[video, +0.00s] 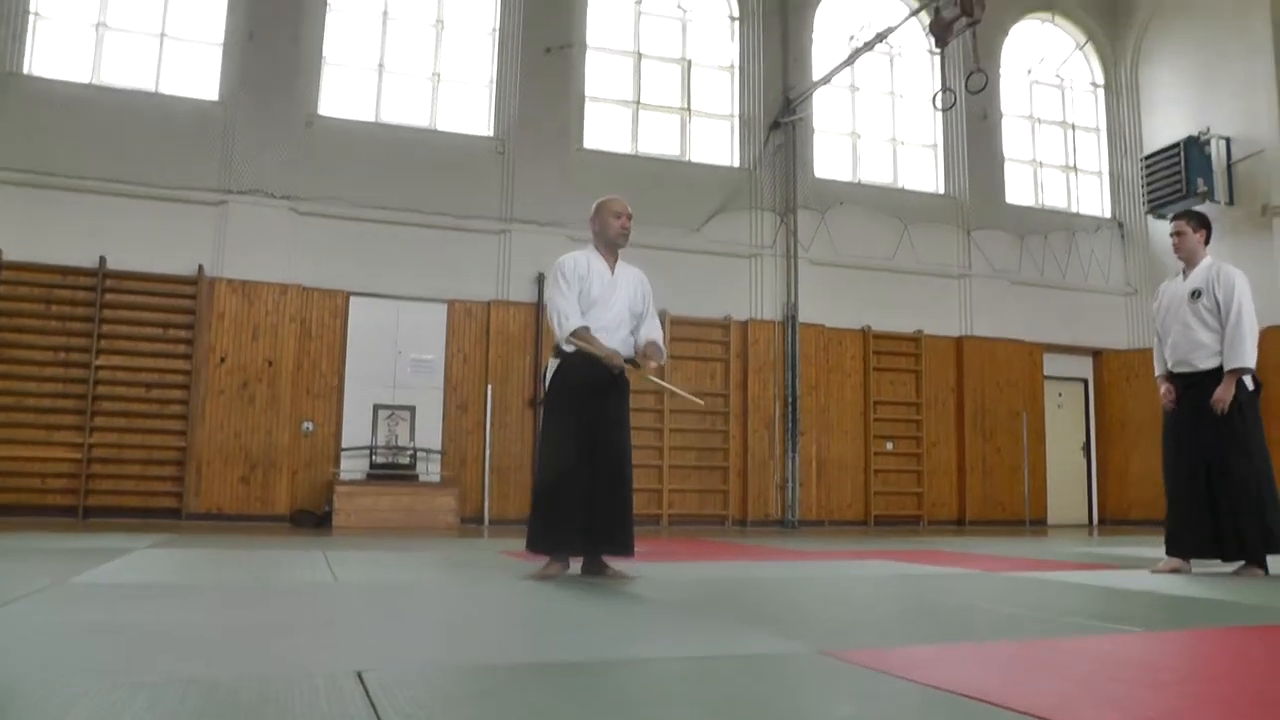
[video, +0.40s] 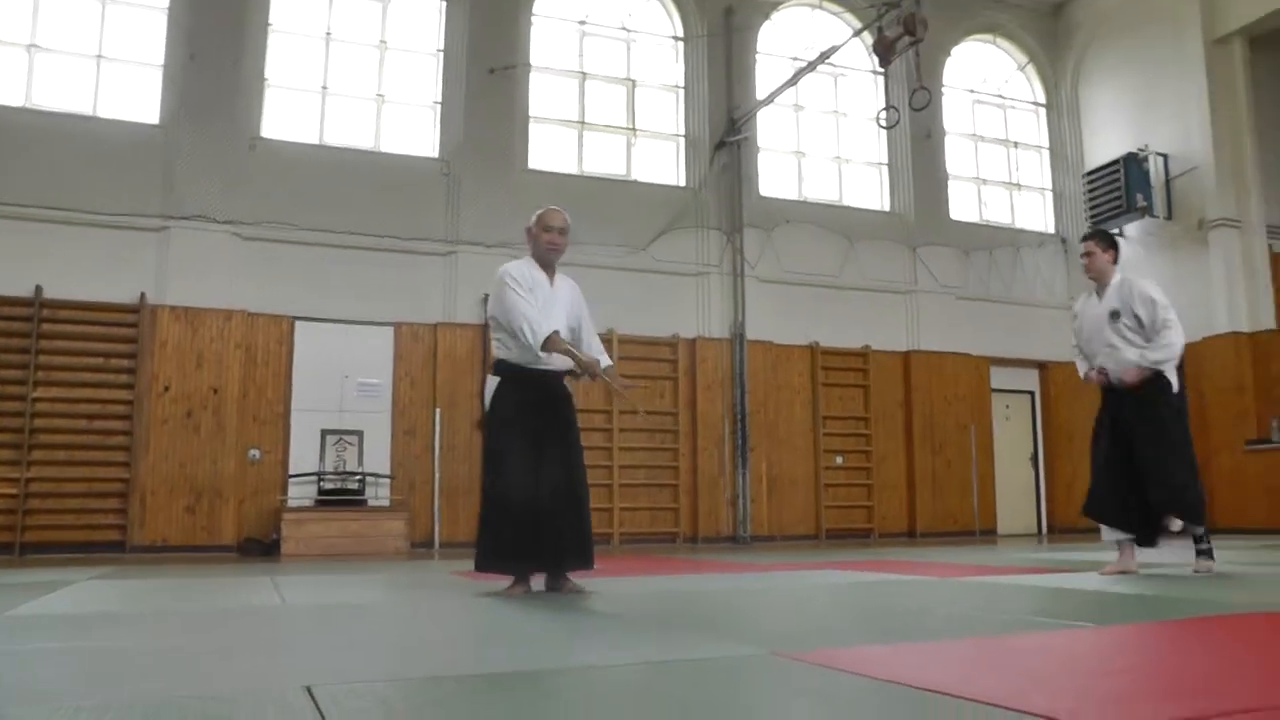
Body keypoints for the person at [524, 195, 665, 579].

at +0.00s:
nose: (627, 224)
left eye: (629, 219)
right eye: (618, 216)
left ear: (629, 228)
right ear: (595, 222)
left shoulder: (637, 278)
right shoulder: (570, 264)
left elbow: (649, 326)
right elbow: (565, 322)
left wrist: (651, 351)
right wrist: (601, 350)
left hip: (613, 375)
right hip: (574, 372)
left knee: (607, 464)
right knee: (563, 462)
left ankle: (595, 558)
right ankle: (559, 556)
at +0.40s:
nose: (555, 238)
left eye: (562, 232)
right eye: (547, 230)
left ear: (569, 240)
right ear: (530, 235)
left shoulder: (570, 289)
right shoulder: (511, 275)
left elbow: (589, 339)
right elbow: (529, 327)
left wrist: (608, 372)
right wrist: (573, 354)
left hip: (555, 390)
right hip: (516, 390)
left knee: (561, 480)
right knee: (516, 480)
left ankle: (557, 575)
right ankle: (521, 577)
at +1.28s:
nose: (450, 247)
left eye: (458, 239)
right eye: (445, 240)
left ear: (481, 239)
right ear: (441, 242)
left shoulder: (487, 282)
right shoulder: (454, 275)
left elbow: (433, 313)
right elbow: (407, 278)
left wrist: (368, 314)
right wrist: (356, 266)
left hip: (486, 394)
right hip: (465, 392)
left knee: (454, 486)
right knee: (465, 487)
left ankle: (439, 585)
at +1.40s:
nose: (426, 238)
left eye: (435, 229)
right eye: (422, 231)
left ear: (459, 230)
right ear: (420, 234)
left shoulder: (462, 272)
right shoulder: (449, 264)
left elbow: (402, 302)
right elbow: (413, 262)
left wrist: (330, 307)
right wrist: (380, 255)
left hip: (464, 392)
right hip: (469, 388)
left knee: (419, 485)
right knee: (471, 487)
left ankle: (419, 587)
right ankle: (480, 577)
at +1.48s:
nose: (417, 234)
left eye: (424, 225)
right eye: (412, 227)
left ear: (450, 225)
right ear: (414, 230)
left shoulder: (452, 269)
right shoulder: (459, 260)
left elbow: (394, 297)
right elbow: (427, 258)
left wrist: (324, 306)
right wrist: (397, 253)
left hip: (456, 389)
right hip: (470, 384)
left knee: (408, 480)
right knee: (459, 483)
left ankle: (414, 586)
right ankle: (465, 575)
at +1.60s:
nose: (417, 222)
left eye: (426, 214)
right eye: (412, 216)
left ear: (450, 218)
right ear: (411, 222)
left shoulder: (449, 264)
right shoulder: (455, 257)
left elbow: (397, 302)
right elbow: (428, 265)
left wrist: (334, 319)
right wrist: (394, 256)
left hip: (450, 386)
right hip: (466, 381)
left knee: (407, 476)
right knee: (452, 480)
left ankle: (412, 583)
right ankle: (453, 574)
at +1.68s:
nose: (427, 215)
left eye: (437, 207)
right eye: (421, 209)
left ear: (457, 215)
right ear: (417, 218)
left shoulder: (457, 260)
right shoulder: (440, 258)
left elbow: (426, 312)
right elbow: (405, 271)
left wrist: (368, 336)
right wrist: (366, 266)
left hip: (455, 380)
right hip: (454, 376)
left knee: (414, 473)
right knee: (461, 477)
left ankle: (414, 580)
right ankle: (473, 571)